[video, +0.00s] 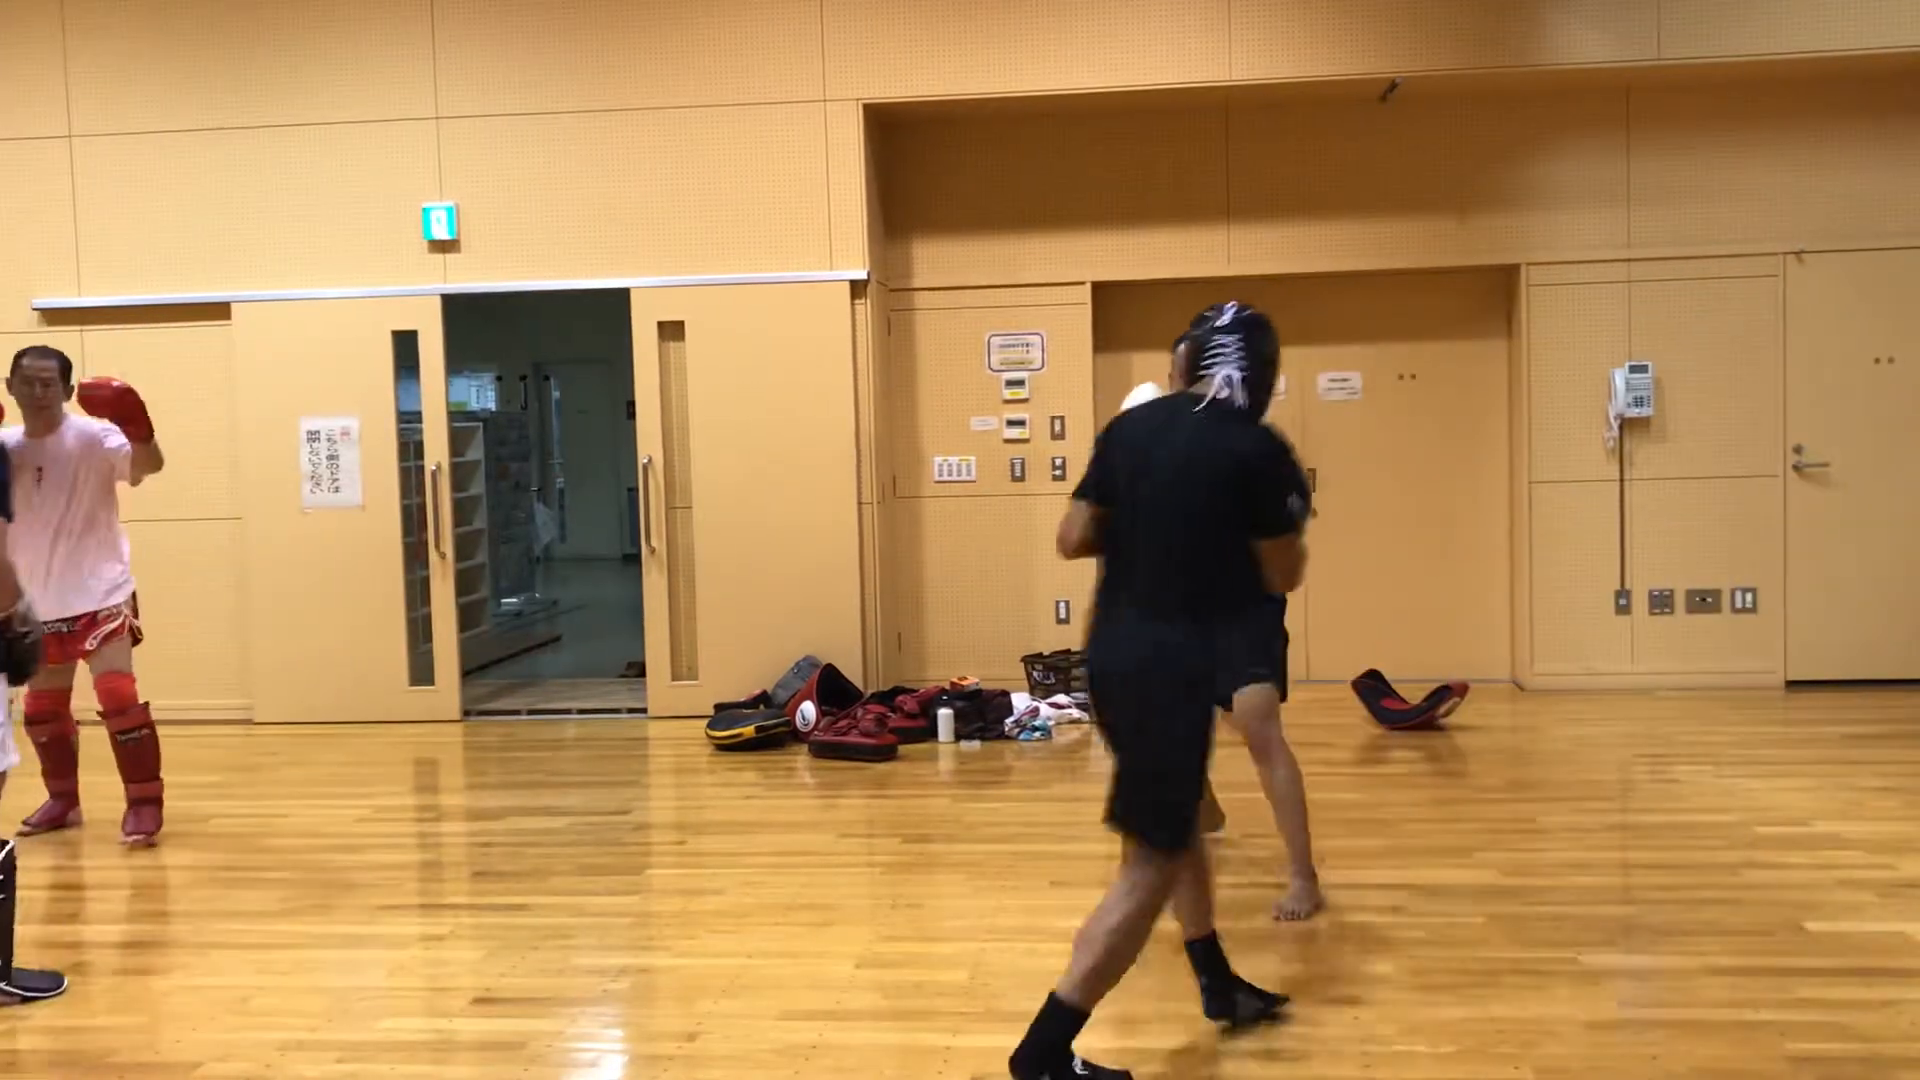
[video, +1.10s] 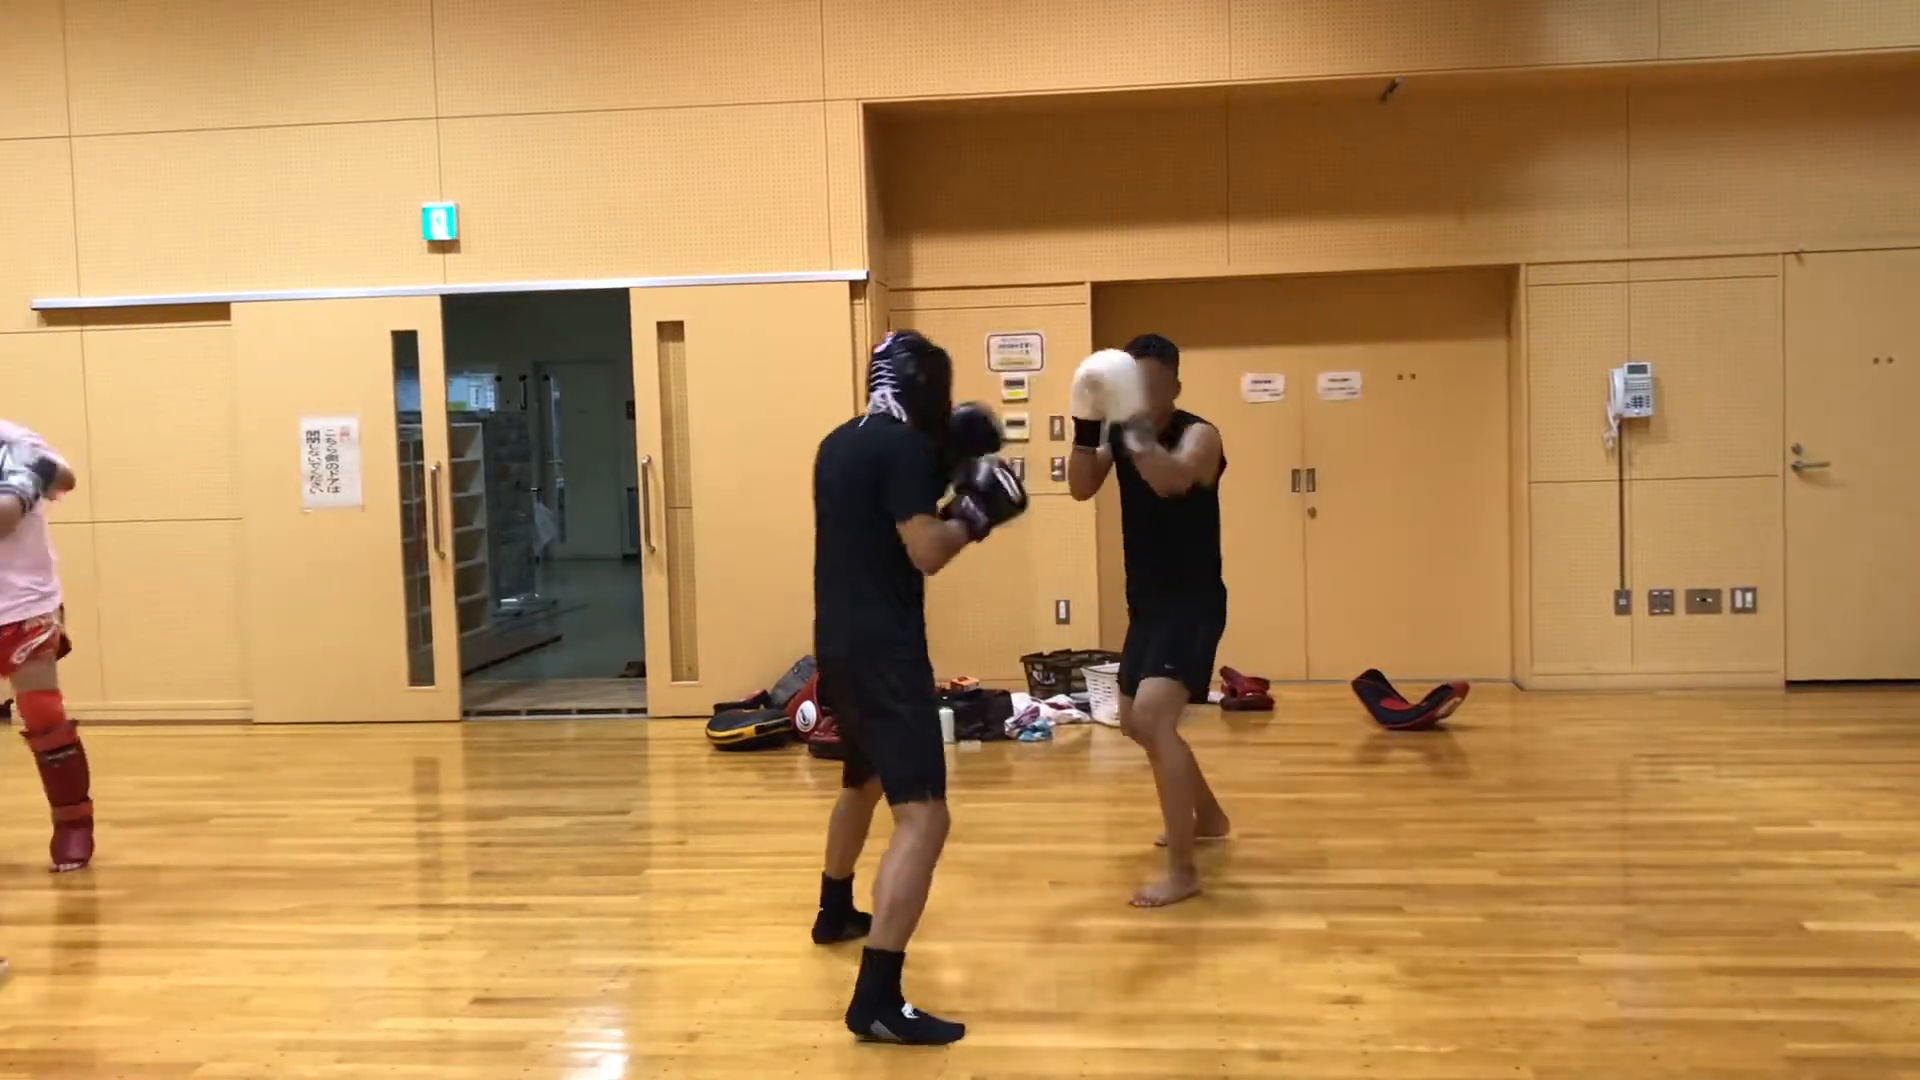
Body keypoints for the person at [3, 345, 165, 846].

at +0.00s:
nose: (36, 389)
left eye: (47, 381)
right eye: (26, 380)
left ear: (66, 390)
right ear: (11, 388)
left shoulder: (95, 436)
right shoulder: (7, 450)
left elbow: (145, 467)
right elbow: (2, 536)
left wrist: (136, 425)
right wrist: (8, 601)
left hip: (102, 592)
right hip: (40, 600)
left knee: (117, 697)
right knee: (43, 711)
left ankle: (144, 804)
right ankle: (62, 799)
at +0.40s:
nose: (37, 390)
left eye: (49, 382)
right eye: (28, 380)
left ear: (73, 389)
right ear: (15, 388)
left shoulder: (99, 442)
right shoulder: (11, 450)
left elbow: (141, 474)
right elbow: (1, 501)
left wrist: (110, 429)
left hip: (108, 595)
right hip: (41, 601)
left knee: (129, 705)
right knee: (21, 710)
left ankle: (156, 811)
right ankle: (43, 802)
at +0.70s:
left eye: (5, 388)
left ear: (26, 394)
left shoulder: (53, 449)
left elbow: (117, 495)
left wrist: (96, 475)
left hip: (59, 603)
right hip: (4, 611)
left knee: (87, 704)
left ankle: (130, 804)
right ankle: (4, 810)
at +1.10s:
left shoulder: (12, 440)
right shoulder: (16, 442)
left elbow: (65, 478)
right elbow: (65, 477)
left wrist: (27, 476)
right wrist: (22, 482)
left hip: (20, 595)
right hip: (16, 597)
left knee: (42, 714)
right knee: (40, 715)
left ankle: (72, 824)